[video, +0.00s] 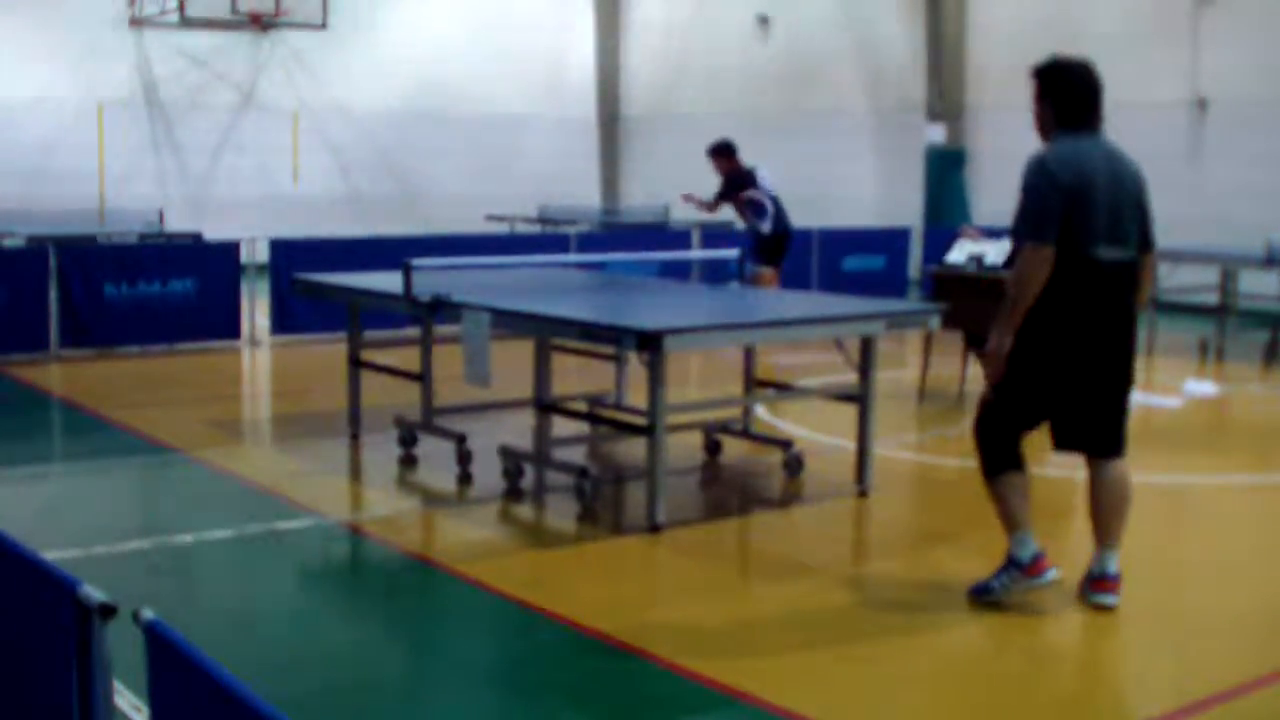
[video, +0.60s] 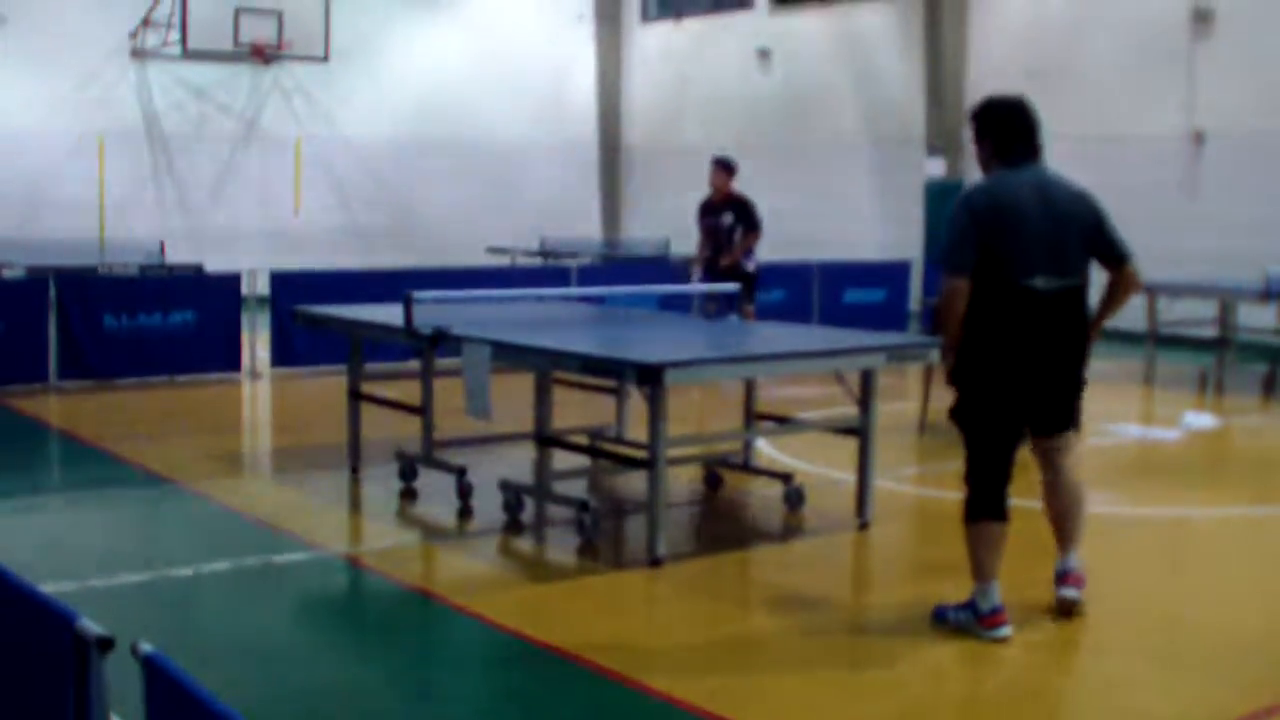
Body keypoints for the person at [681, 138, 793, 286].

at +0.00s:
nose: (716, 168)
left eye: (717, 162)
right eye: (715, 163)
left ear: (726, 160)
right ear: (733, 158)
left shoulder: (734, 179)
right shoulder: (746, 174)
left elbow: (713, 206)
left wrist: (695, 201)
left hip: (770, 232)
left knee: (763, 276)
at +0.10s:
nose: (718, 159)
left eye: (720, 154)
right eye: (717, 154)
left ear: (731, 154)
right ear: (733, 154)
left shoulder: (740, 174)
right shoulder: (742, 172)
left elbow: (718, 201)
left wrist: (698, 196)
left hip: (767, 229)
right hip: (757, 228)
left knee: (763, 279)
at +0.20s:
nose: (722, 153)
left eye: (726, 148)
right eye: (723, 147)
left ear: (736, 149)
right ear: (738, 149)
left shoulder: (746, 171)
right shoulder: (736, 171)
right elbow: (737, 201)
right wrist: (709, 205)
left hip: (762, 232)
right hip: (750, 230)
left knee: (761, 281)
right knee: (751, 279)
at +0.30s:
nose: (725, 165)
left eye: (729, 160)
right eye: (726, 160)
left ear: (740, 162)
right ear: (728, 161)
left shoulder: (750, 186)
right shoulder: (729, 186)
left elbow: (758, 216)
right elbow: (734, 217)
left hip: (759, 244)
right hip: (744, 244)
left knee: (758, 294)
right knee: (748, 293)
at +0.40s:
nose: (724, 168)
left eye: (729, 163)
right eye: (724, 162)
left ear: (740, 166)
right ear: (723, 165)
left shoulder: (750, 192)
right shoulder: (722, 191)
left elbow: (755, 226)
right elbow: (724, 221)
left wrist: (729, 241)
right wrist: (718, 241)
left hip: (753, 247)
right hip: (730, 247)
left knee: (755, 299)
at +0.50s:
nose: (720, 174)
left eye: (725, 170)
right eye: (720, 169)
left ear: (735, 173)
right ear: (718, 171)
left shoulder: (748, 199)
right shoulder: (715, 199)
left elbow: (758, 230)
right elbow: (715, 228)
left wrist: (733, 250)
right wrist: (710, 250)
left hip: (746, 255)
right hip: (721, 253)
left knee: (750, 303)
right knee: (716, 298)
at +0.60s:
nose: (714, 179)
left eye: (718, 174)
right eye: (713, 173)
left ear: (728, 177)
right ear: (710, 175)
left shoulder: (741, 204)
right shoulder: (706, 206)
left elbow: (753, 232)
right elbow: (705, 236)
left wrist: (735, 255)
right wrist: (700, 258)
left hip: (739, 263)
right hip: (712, 261)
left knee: (745, 309)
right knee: (710, 307)